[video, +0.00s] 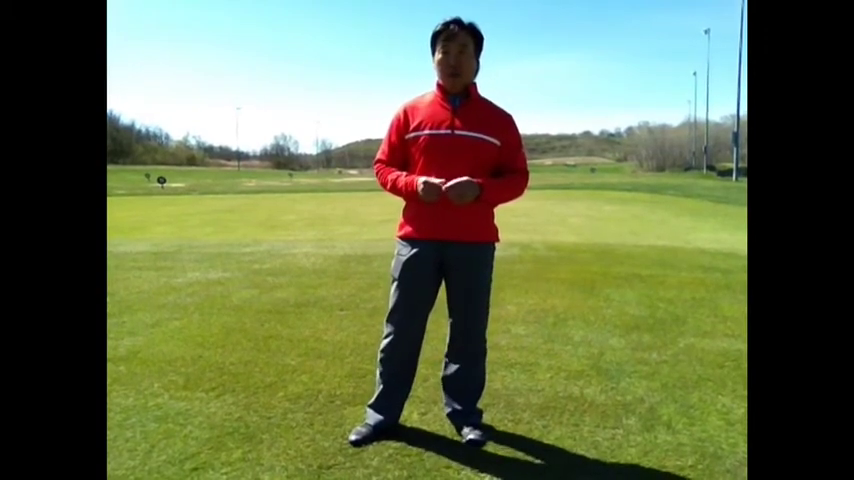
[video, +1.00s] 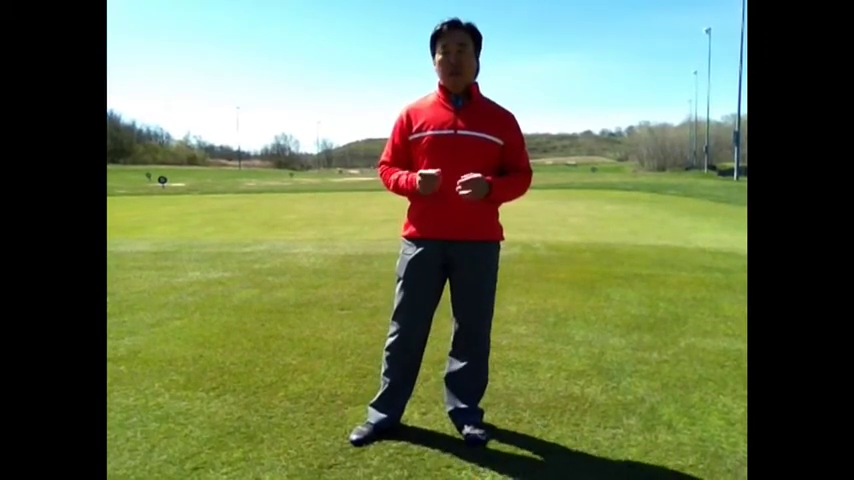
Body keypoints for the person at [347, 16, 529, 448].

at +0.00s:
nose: (451, 58)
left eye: (461, 51)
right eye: (444, 50)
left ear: (478, 59)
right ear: (433, 58)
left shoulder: (499, 121)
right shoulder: (409, 114)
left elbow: (518, 179)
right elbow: (383, 169)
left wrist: (481, 190)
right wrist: (414, 184)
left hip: (473, 245)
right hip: (417, 241)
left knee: (469, 334)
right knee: (400, 330)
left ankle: (466, 416)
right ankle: (382, 415)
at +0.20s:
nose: (452, 59)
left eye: (462, 51)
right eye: (445, 51)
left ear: (478, 59)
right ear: (433, 58)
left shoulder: (499, 120)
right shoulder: (410, 114)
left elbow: (519, 176)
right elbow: (383, 165)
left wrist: (490, 187)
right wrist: (400, 179)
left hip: (474, 244)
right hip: (418, 240)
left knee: (470, 333)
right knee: (401, 330)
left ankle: (466, 415)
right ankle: (382, 415)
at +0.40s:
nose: (452, 58)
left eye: (462, 50)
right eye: (445, 50)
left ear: (478, 59)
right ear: (433, 58)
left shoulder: (499, 120)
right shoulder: (409, 115)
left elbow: (519, 175)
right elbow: (384, 166)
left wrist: (494, 188)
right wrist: (400, 180)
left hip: (475, 243)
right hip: (419, 240)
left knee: (471, 333)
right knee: (401, 329)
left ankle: (467, 415)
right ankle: (383, 414)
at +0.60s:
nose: (452, 59)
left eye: (462, 51)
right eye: (445, 51)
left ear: (477, 59)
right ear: (433, 58)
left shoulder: (499, 120)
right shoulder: (410, 114)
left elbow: (519, 175)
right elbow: (384, 166)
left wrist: (493, 189)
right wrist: (400, 180)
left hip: (475, 244)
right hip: (419, 240)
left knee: (472, 333)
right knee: (402, 329)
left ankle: (466, 414)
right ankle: (383, 414)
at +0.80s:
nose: (452, 59)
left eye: (462, 51)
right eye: (445, 51)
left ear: (477, 59)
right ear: (433, 59)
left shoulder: (499, 121)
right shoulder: (410, 115)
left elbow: (519, 176)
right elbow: (385, 167)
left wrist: (493, 188)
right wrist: (402, 181)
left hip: (476, 244)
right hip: (420, 241)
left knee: (472, 334)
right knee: (402, 330)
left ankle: (466, 414)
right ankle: (383, 414)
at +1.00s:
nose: (452, 58)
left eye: (462, 50)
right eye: (444, 51)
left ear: (477, 57)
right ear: (433, 59)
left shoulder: (501, 120)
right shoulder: (413, 115)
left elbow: (522, 176)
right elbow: (387, 169)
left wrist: (491, 187)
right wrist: (411, 181)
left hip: (478, 245)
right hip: (422, 241)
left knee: (473, 334)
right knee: (405, 330)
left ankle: (468, 415)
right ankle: (384, 414)